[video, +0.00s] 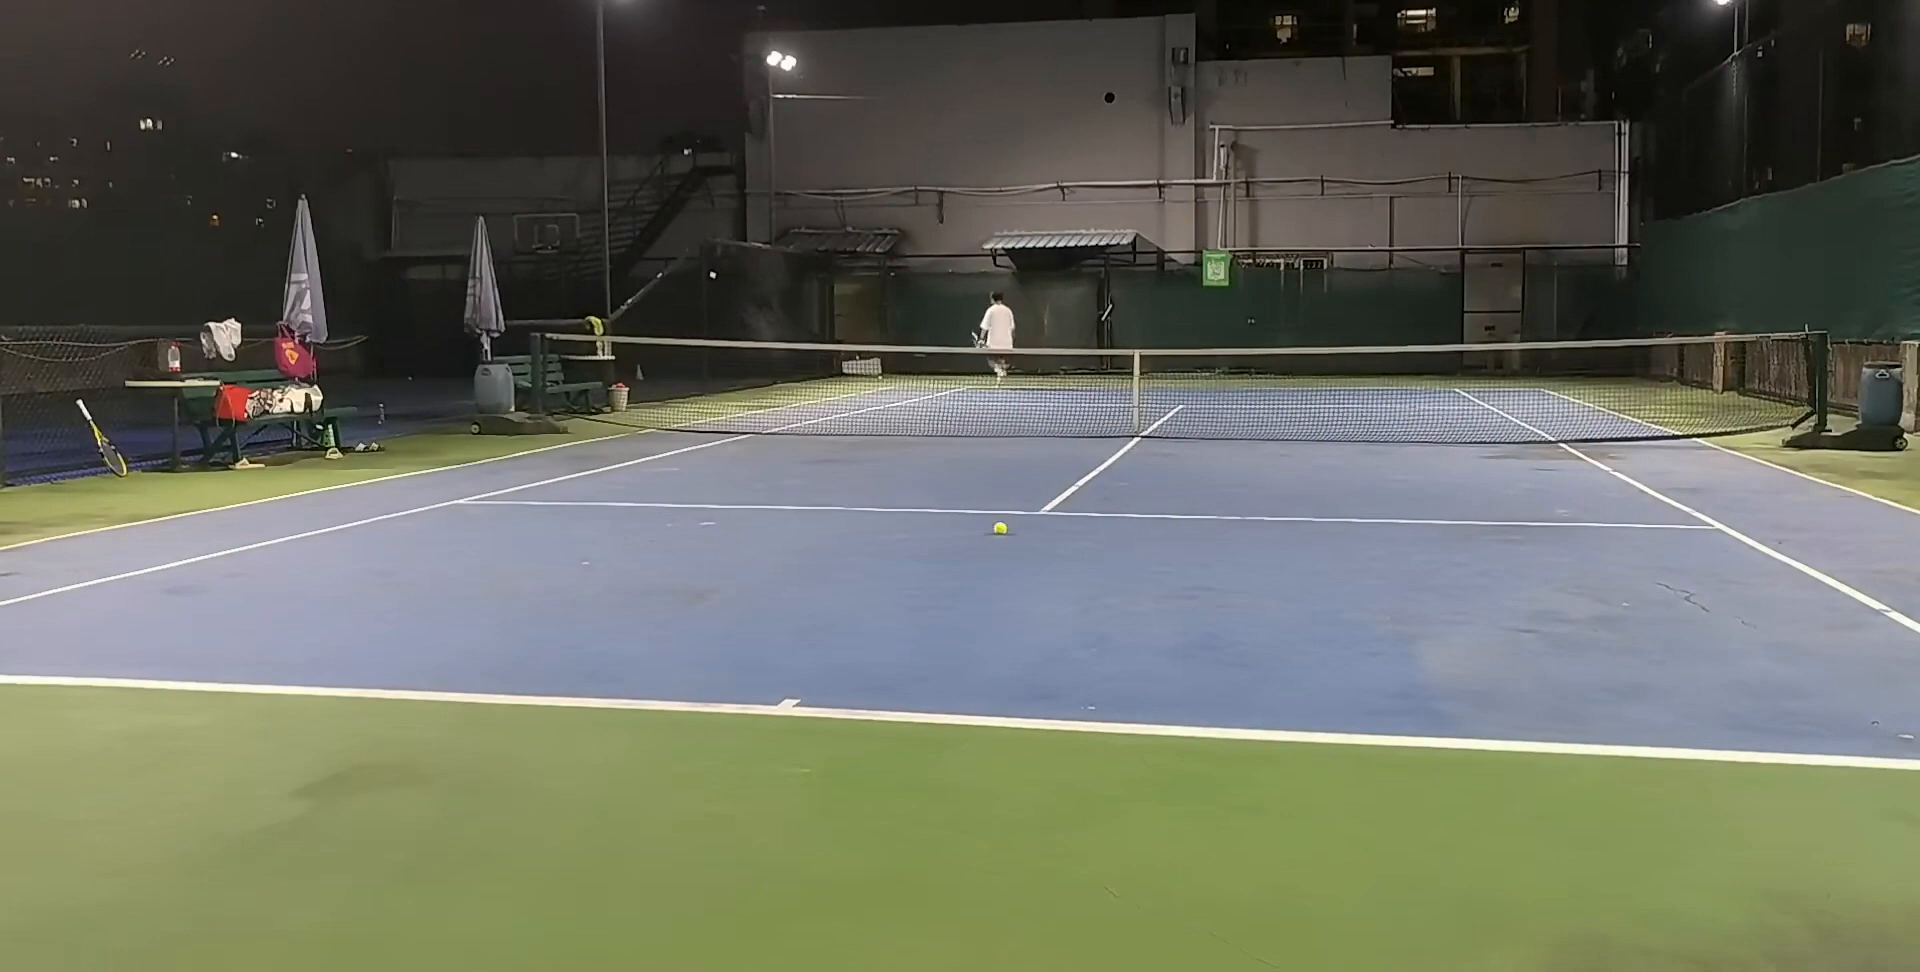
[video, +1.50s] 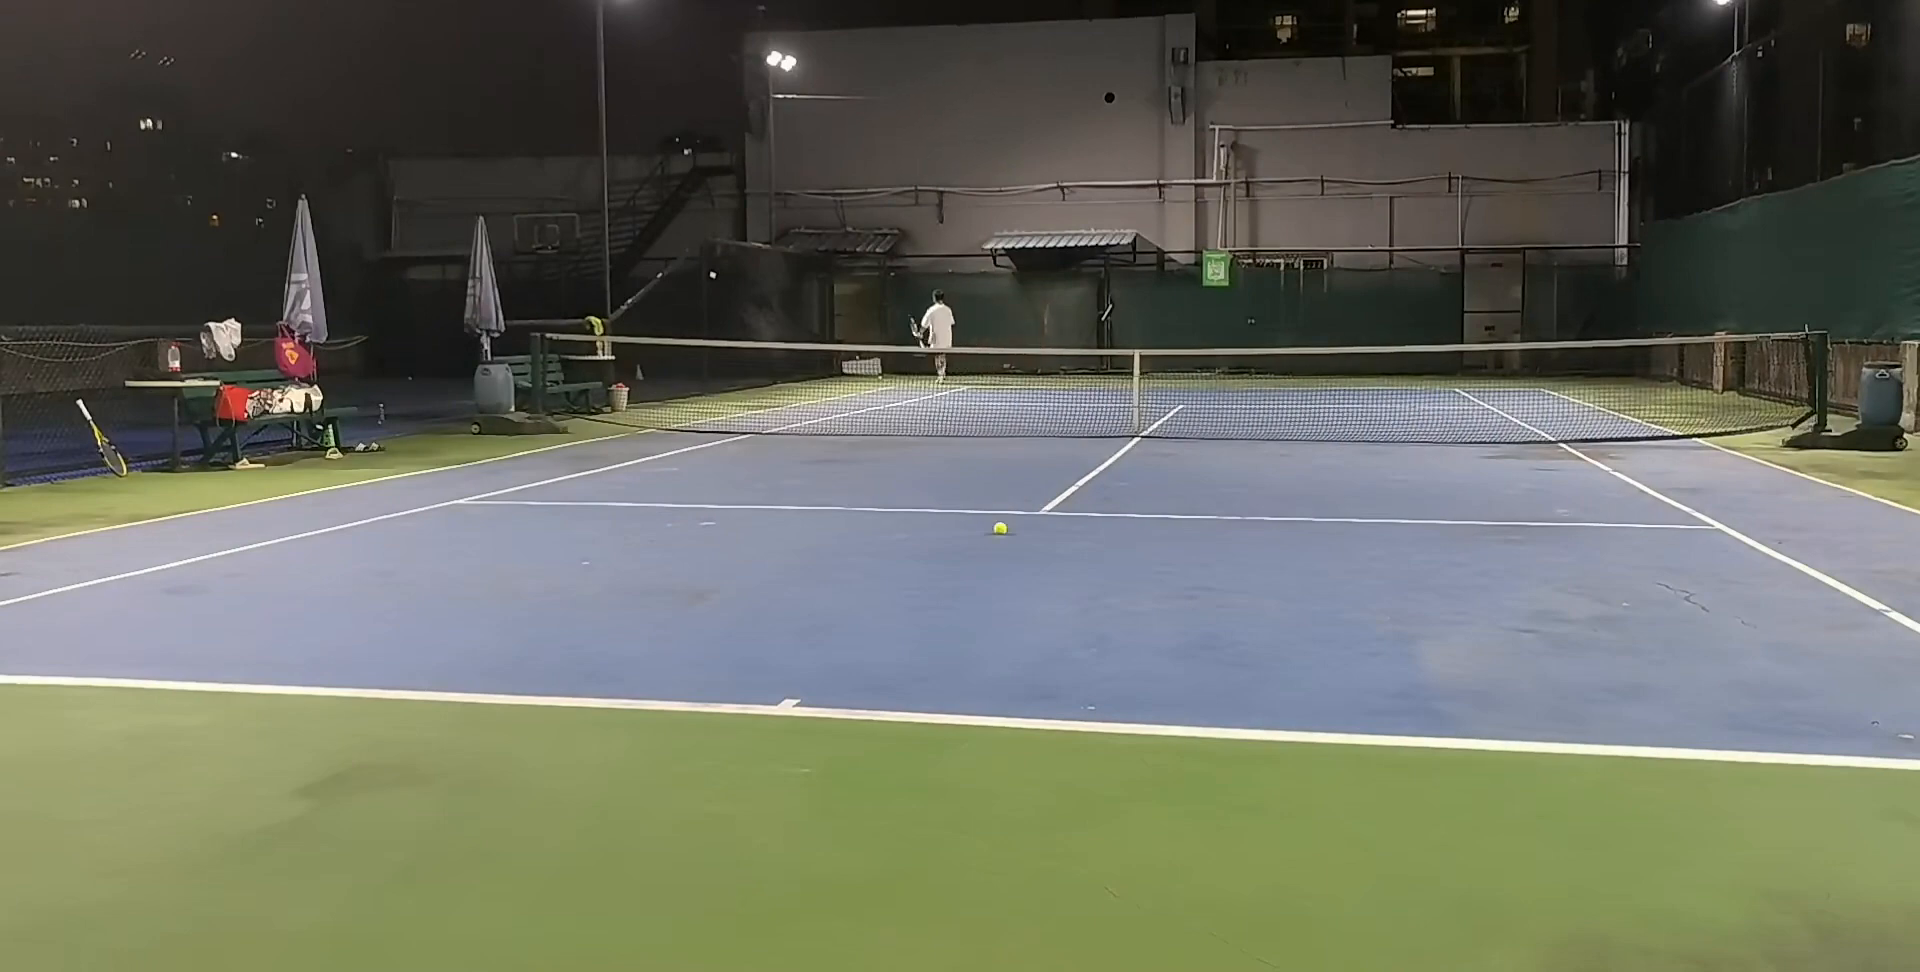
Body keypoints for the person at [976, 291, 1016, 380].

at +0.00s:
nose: (991, 301)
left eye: (991, 299)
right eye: (991, 299)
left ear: (992, 300)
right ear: (1001, 299)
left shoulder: (991, 310)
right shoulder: (1008, 310)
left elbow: (984, 327)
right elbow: (1012, 326)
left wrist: (981, 339)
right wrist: (1012, 336)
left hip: (993, 341)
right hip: (1007, 341)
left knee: (991, 357)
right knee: (1002, 357)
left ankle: (998, 370)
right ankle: (1003, 369)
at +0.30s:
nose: (976, 303)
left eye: (977, 301)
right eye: (977, 301)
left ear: (978, 302)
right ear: (986, 301)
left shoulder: (978, 312)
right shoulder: (993, 311)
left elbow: (977, 329)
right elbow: (998, 323)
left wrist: (975, 341)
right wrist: (992, 332)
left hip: (982, 342)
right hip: (994, 342)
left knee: (977, 361)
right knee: (994, 361)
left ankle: (976, 378)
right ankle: (999, 378)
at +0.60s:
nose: (965, 301)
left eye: (965, 299)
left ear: (965, 299)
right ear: (974, 299)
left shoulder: (964, 311)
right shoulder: (981, 311)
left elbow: (958, 327)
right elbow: (987, 326)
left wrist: (955, 339)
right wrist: (989, 339)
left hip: (968, 343)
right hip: (981, 343)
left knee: (972, 360)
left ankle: (973, 377)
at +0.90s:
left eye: (957, 300)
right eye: (963, 300)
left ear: (956, 300)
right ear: (966, 300)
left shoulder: (954, 312)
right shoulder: (970, 312)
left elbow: (946, 326)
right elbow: (975, 328)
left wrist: (945, 338)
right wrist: (975, 340)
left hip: (955, 342)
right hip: (968, 342)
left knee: (955, 360)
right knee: (964, 360)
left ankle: (963, 370)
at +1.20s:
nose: (944, 302)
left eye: (944, 300)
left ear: (944, 301)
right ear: (953, 300)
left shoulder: (943, 312)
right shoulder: (958, 311)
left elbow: (940, 328)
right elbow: (963, 323)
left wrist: (939, 339)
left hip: (946, 340)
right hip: (958, 340)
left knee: (943, 357)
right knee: (958, 358)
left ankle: (941, 374)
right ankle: (961, 374)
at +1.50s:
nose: (934, 300)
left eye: (934, 298)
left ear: (934, 299)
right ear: (942, 298)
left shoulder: (931, 310)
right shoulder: (948, 309)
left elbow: (924, 324)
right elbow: (952, 323)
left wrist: (920, 333)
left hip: (935, 339)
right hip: (947, 339)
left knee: (937, 356)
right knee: (943, 356)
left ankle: (940, 374)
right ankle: (943, 373)